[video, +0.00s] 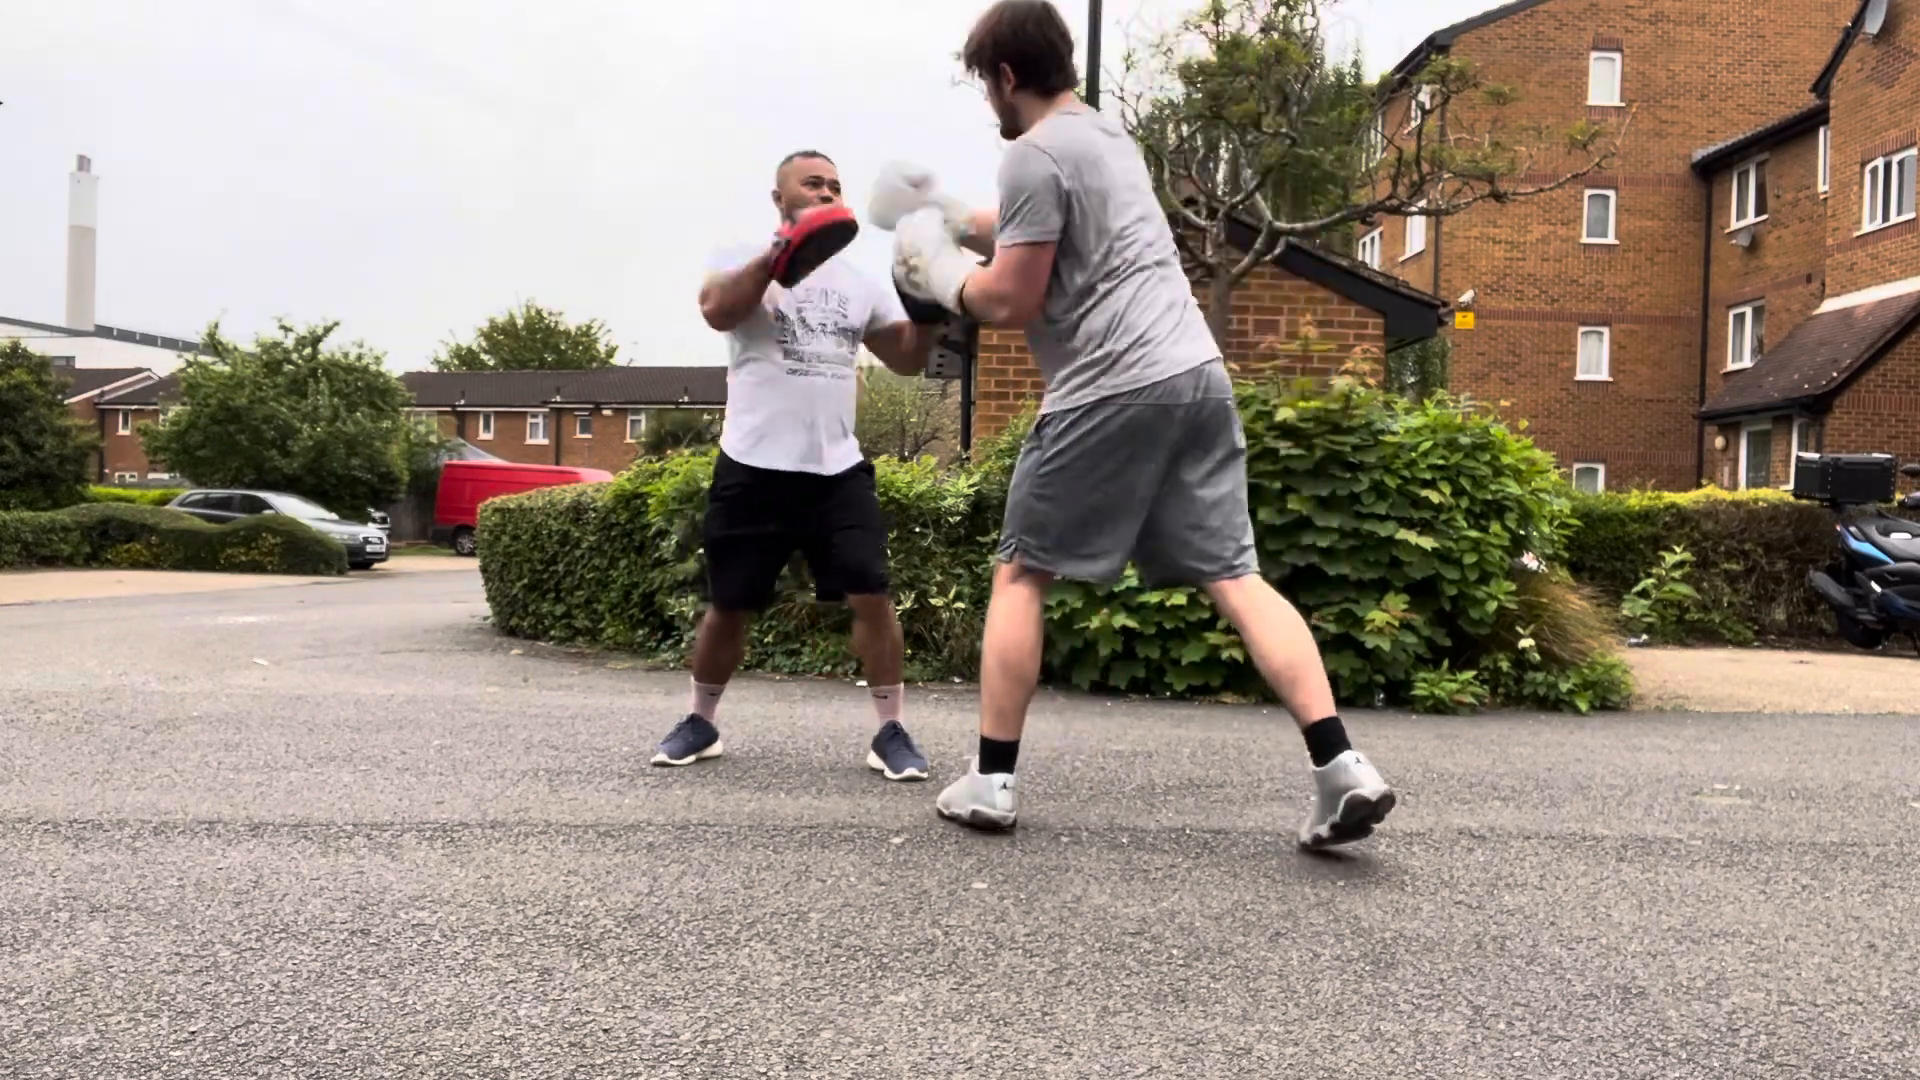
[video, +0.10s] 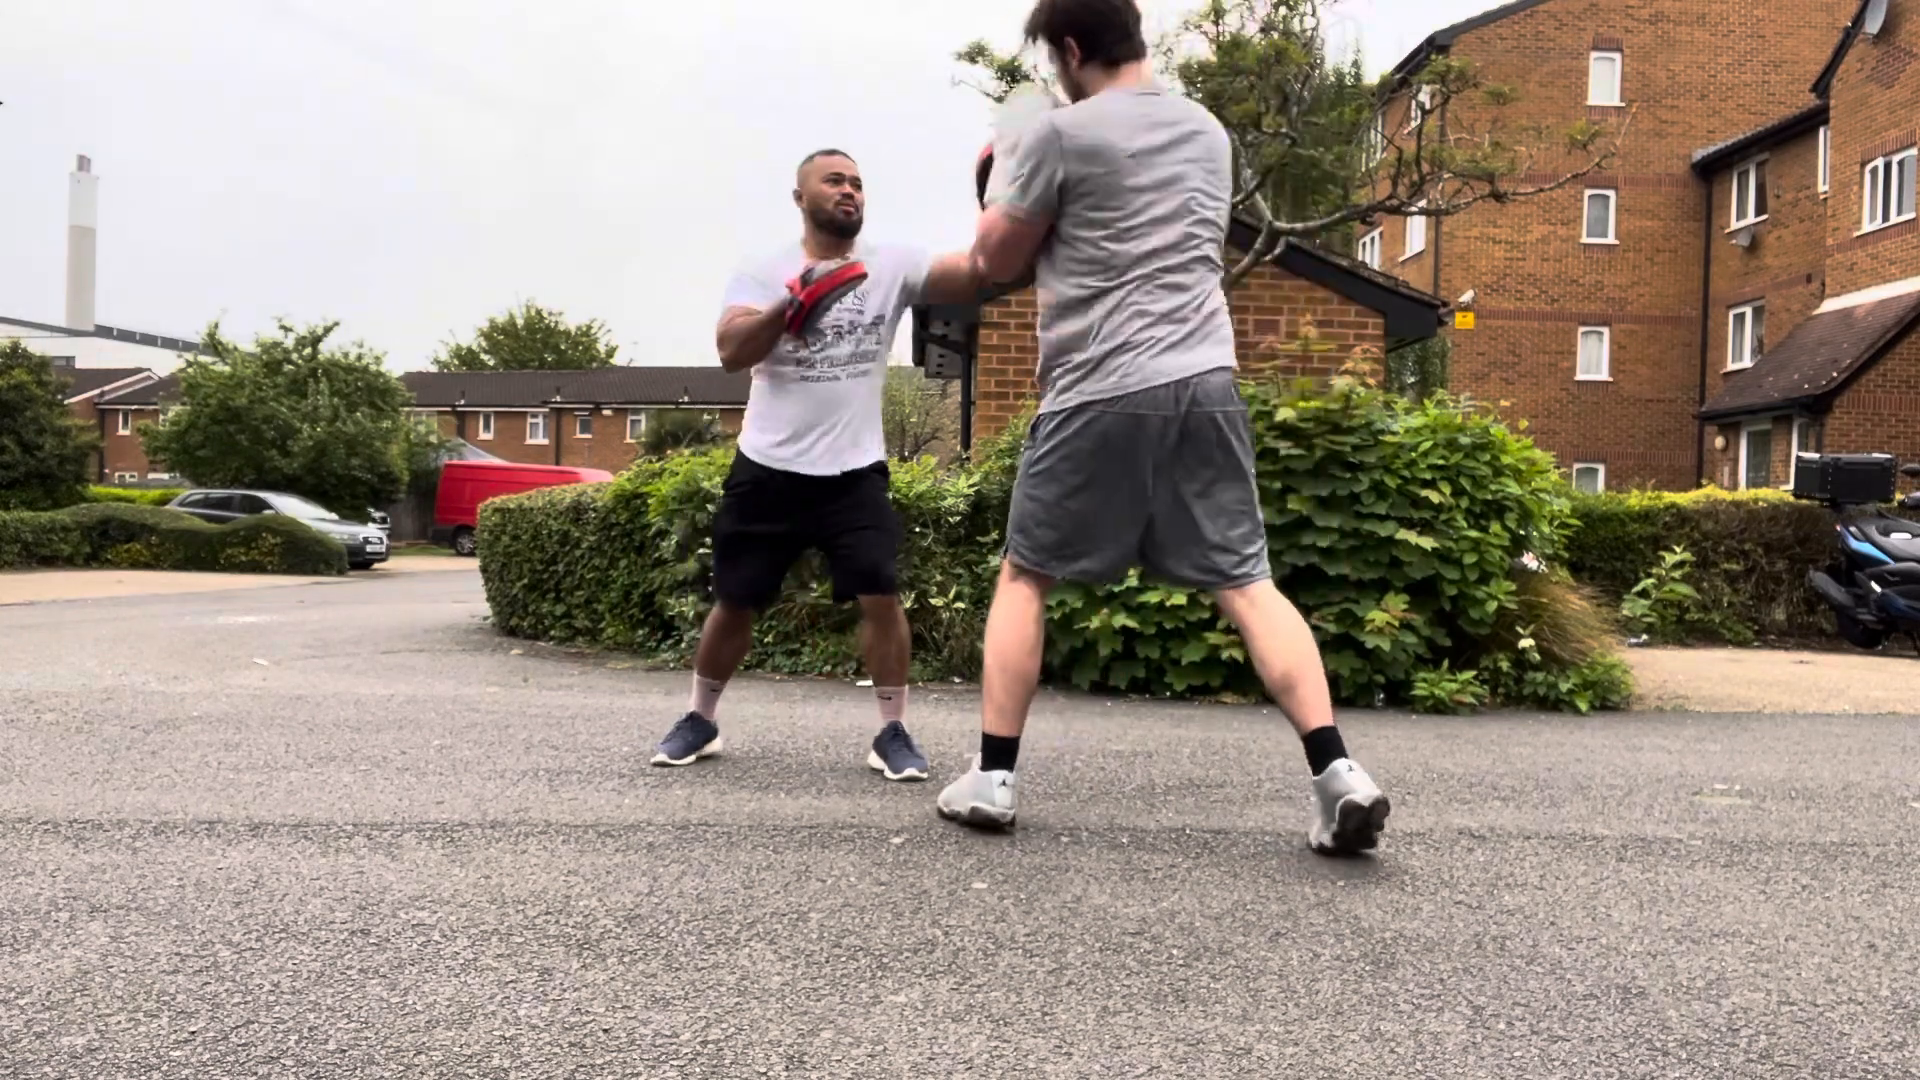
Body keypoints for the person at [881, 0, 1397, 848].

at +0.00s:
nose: (983, 97)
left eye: (983, 80)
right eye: (981, 80)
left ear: (1006, 74)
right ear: (1057, 67)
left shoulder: (1037, 152)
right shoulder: (1109, 135)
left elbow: (1013, 301)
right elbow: (1047, 237)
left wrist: (953, 283)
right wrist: (953, 216)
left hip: (1109, 389)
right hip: (1199, 375)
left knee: (1021, 572)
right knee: (1236, 575)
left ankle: (991, 780)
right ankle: (1342, 765)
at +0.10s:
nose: (1054, 73)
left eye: (1053, 58)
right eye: (1054, 57)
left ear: (1070, 51)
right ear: (1140, 40)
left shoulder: (1060, 134)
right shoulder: (1208, 129)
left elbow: (994, 262)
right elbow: (1178, 238)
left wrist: (988, 184)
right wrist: (1039, 191)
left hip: (1095, 396)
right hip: (1206, 386)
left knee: (1024, 576)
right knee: (1247, 580)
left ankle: (994, 777)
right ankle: (1338, 772)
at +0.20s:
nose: (1108, 77)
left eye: (1107, 63)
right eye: (1109, 62)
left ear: (1125, 56)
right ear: (1200, 52)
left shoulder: (1090, 141)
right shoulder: (1265, 149)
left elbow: (1037, 259)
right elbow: (1241, 254)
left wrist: (1044, 178)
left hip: (1097, 411)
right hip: (1215, 406)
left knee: (1024, 577)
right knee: (1265, 599)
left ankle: (992, 775)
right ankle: (1340, 797)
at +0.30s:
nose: (1132, 87)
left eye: (1133, 76)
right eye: (1138, 76)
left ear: (1146, 74)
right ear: (1223, 71)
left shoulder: (1099, 147)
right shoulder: (1284, 162)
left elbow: (1055, 271)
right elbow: (1268, 285)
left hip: (1100, 418)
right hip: (1218, 419)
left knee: (1024, 580)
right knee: (1276, 611)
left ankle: (978, 774)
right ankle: (1343, 812)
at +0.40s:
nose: (1128, 85)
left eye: (1128, 74)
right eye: (1134, 73)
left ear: (1140, 71)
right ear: (1215, 68)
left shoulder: (1092, 148)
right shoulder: (1278, 159)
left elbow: (1047, 274)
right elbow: (1274, 284)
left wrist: (1127, 236)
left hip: (1104, 412)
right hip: (1221, 414)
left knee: (1024, 578)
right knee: (1278, 608)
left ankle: (982, 778)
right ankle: (1344, 813)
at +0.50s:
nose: (1078, 82)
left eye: (1079, 70)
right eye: (1079, 71)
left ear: (1100, 64)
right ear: (1172, 60)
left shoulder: (1063, 145)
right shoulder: (1240, 144)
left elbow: (1010, 274)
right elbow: (1254, 259)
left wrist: (1090, 224)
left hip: (1096, 408)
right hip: (1212, 403)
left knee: (1025, 580)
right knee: (1272, 594)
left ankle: (997, 783)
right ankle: (1343, 799)